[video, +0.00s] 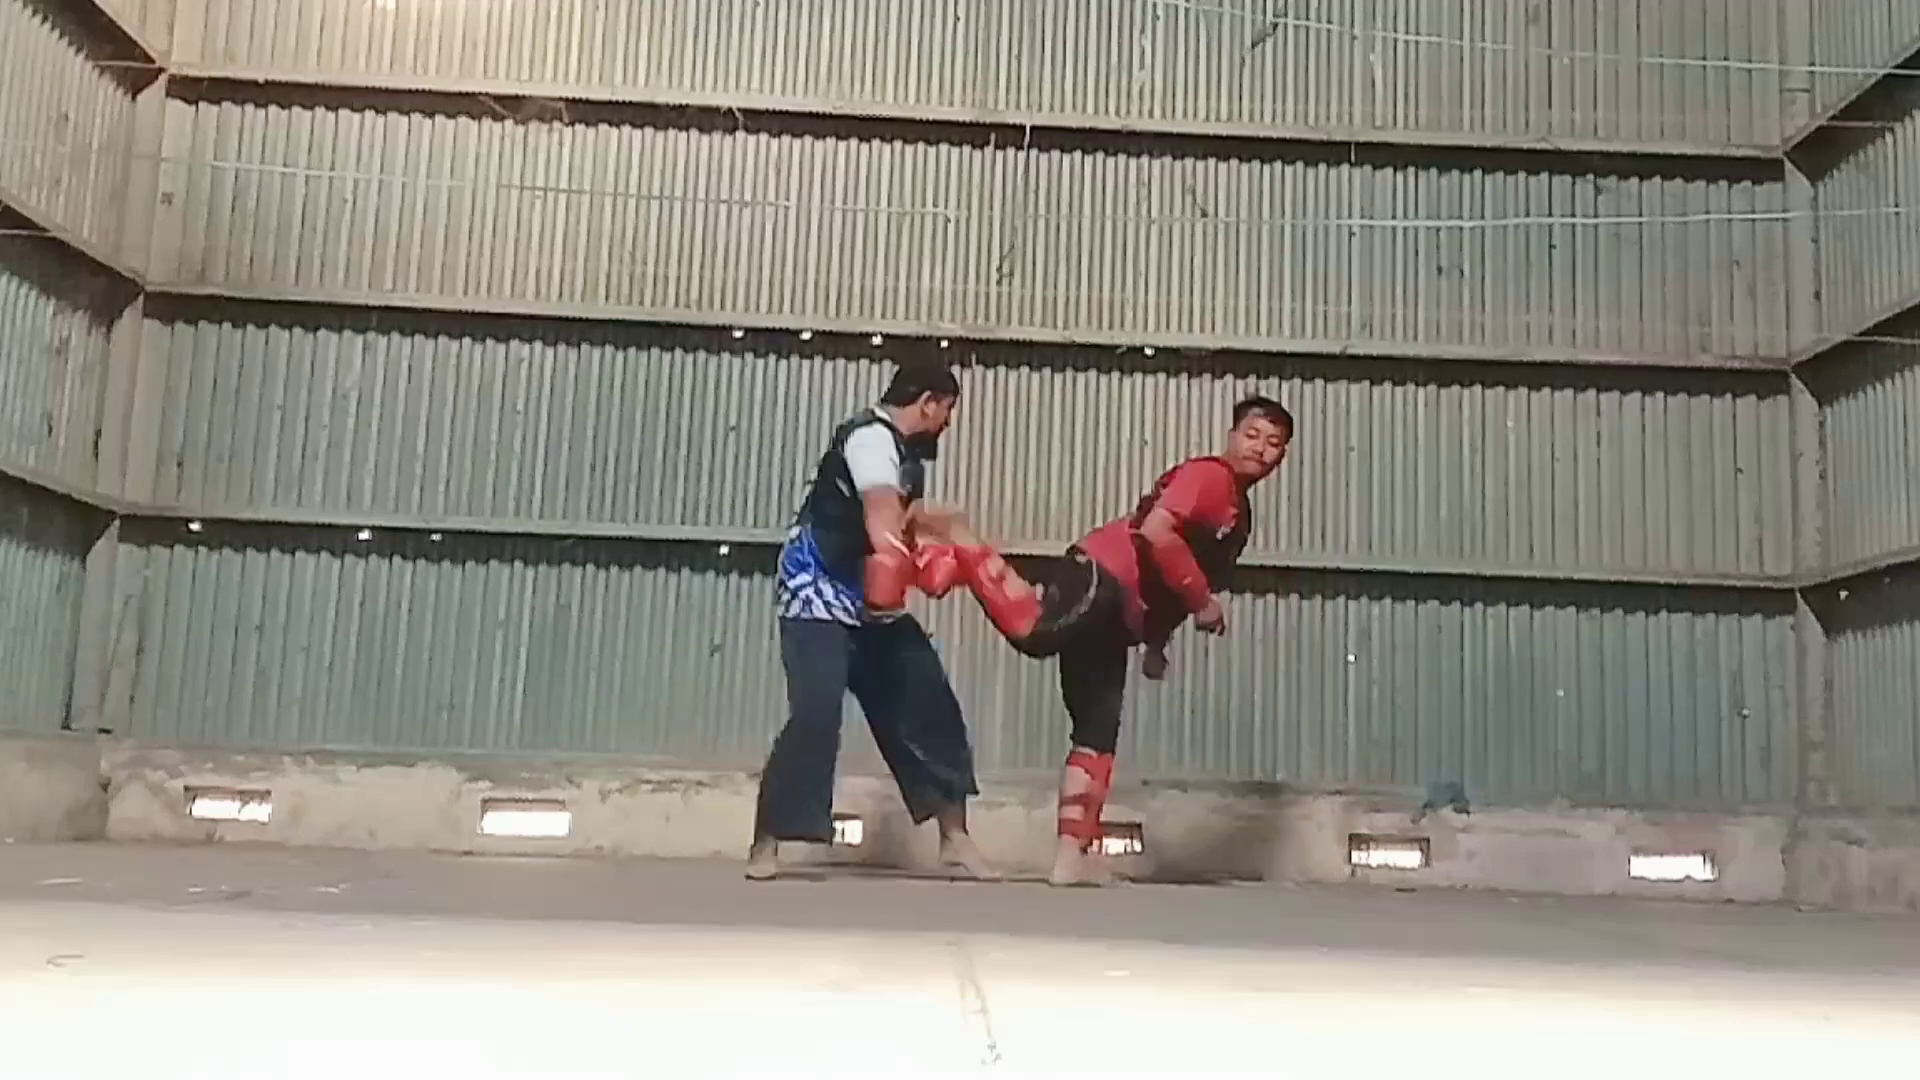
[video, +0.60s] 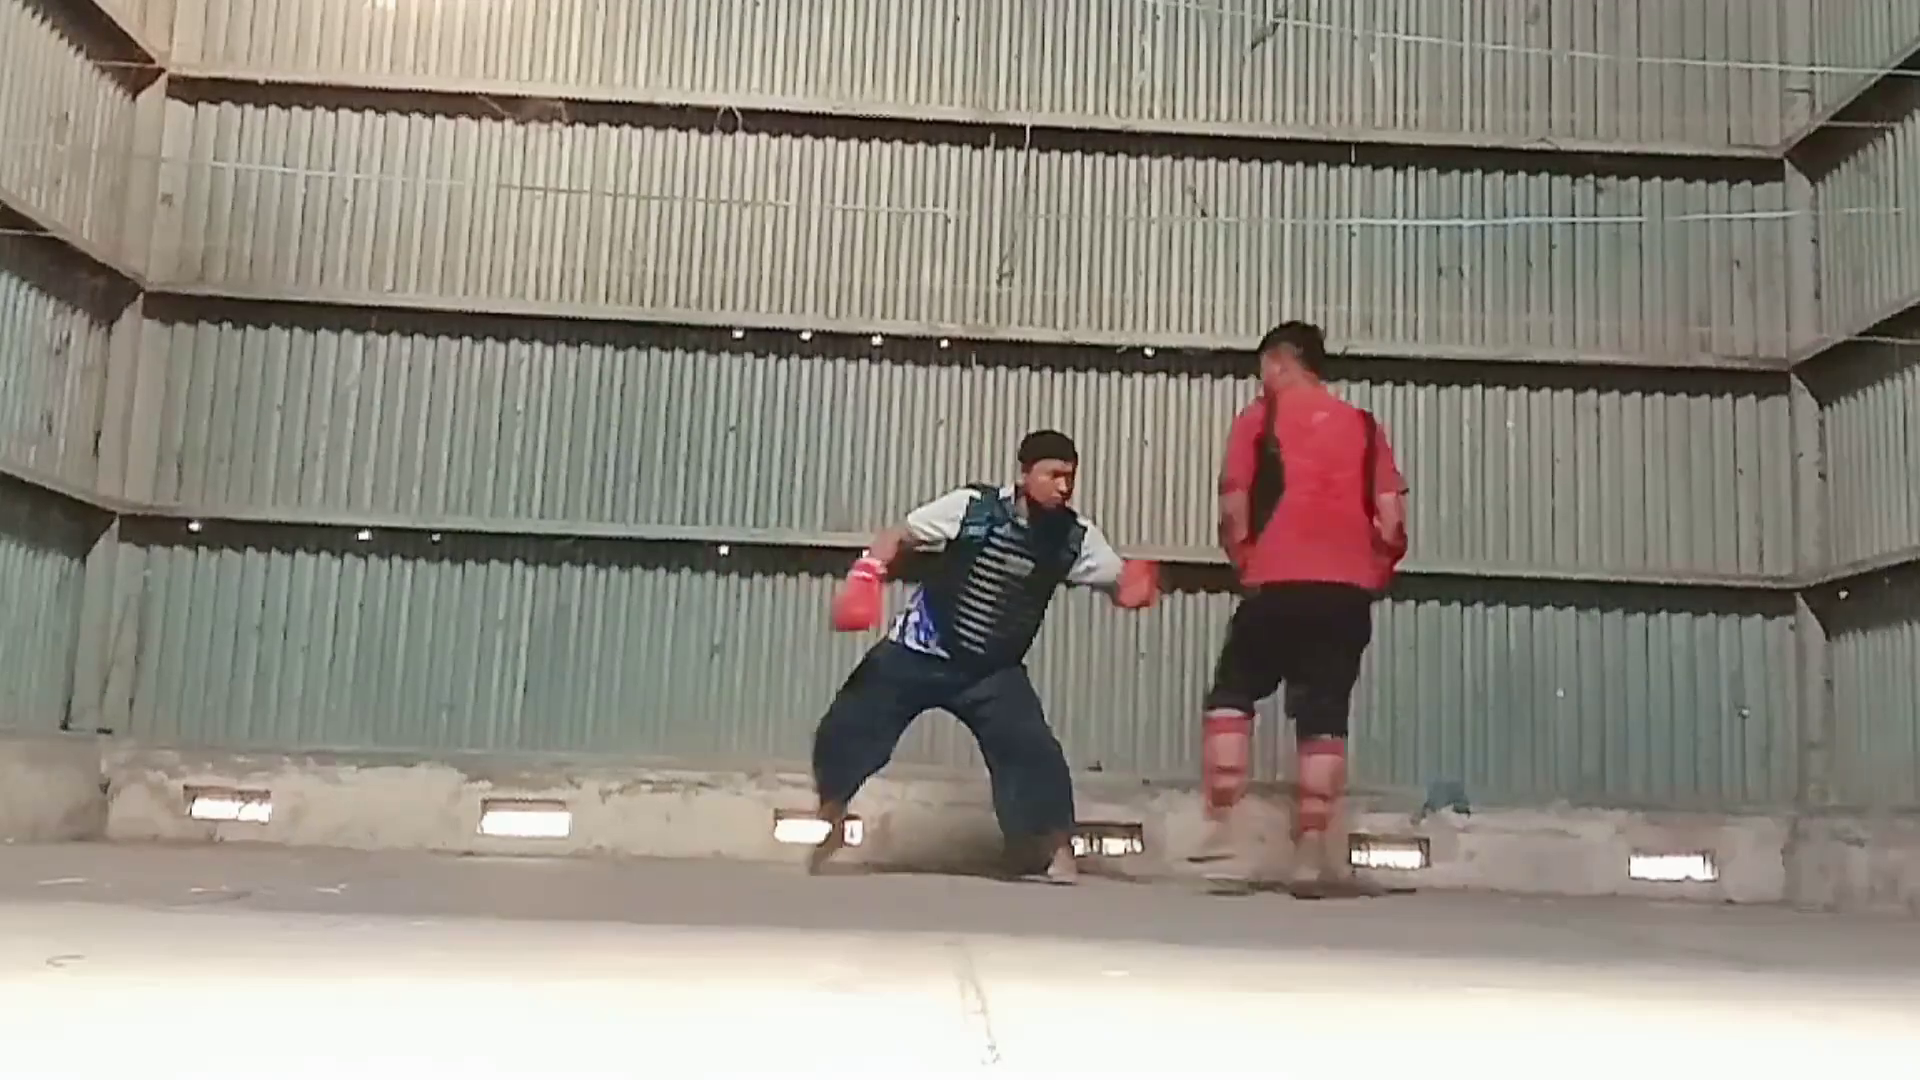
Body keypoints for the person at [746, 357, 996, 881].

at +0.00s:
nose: (948, 421)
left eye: (951, 411)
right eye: (949, 410)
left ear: (919, 401)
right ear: (927, 402)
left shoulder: (910, 452)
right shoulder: (872, 440)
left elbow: (906, 520)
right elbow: (884, 533)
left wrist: (947, 541)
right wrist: (918, 570)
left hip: (873, 603)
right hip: (817, 597)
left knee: (929, 700)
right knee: (816, 713)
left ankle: (955, 839)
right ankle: (767, 841)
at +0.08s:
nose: (946, 411)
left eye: (949, 400)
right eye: (945, 399)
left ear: (919, 392)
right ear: (919, 391)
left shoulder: (912, 444)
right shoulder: (857, 425)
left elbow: (903, 532)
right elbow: (846, 492)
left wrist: (927, 582)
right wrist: (850, 552)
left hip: (893, 610)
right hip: (825, 607)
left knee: (941, 706)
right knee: (795, 706)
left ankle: (966, 824)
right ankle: (762, 831)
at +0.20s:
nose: (942, 433)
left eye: (945, 424)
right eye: (938, 422)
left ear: (913, 418)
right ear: (906, 414)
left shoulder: (920, 472)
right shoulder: (853, 450)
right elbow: (808, 489)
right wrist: (791, 539)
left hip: (912, 644)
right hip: (833, 645)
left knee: (985, 720)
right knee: (779, 735)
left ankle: (1021, 836)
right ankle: (710, 837)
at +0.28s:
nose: (963, 448)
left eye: (965, 439)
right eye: (957, 437)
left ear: (933, 435)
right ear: (923, 431)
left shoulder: (939, 497)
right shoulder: (864, 473)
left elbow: (915, 561)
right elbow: (800, 518)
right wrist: (761, 563)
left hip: (925, 660)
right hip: (846, 654)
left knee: (1000, 741)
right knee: (783, 740)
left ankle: (1036, 849)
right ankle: (708, 846)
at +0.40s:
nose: (1019, 455)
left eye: (1021, 447)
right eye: (1007, 446)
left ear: (1016, 460)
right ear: (970, 453)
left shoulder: (1026, 522)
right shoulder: (921, 498)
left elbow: (1075, 570)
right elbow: (851, 539)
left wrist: (1122, 588)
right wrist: (795, 578)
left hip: (961, 681)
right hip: (884, 665)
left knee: (1019, 762)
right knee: (810, 733)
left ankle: (1067, 859)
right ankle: (723, 835)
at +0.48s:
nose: (1043, 480)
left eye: (1047, 472)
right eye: (1032, 470)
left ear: (1047, 480)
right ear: (998, 473)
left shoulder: (1055, 530)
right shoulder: (952, 510)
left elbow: (1127, 541)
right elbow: (878, 540)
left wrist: (1183, 540)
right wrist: (826, 570)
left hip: (972, 683)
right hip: (897, 664)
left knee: (1020, 759)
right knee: (824, 731)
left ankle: (1044, 857)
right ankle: (748, 838)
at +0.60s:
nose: (1064, 487)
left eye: (1070, 477)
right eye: (1055, 475)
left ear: (1074, 479)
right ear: (1025, 473)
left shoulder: (1076, 536)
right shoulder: (972, 506)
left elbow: (1121, 587)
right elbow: (898, 536)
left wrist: (1136, 586)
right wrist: (866, 573)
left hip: (993, 672)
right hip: (915, 653)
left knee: (1034, 751)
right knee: (844, 730)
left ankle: (1058, 851)